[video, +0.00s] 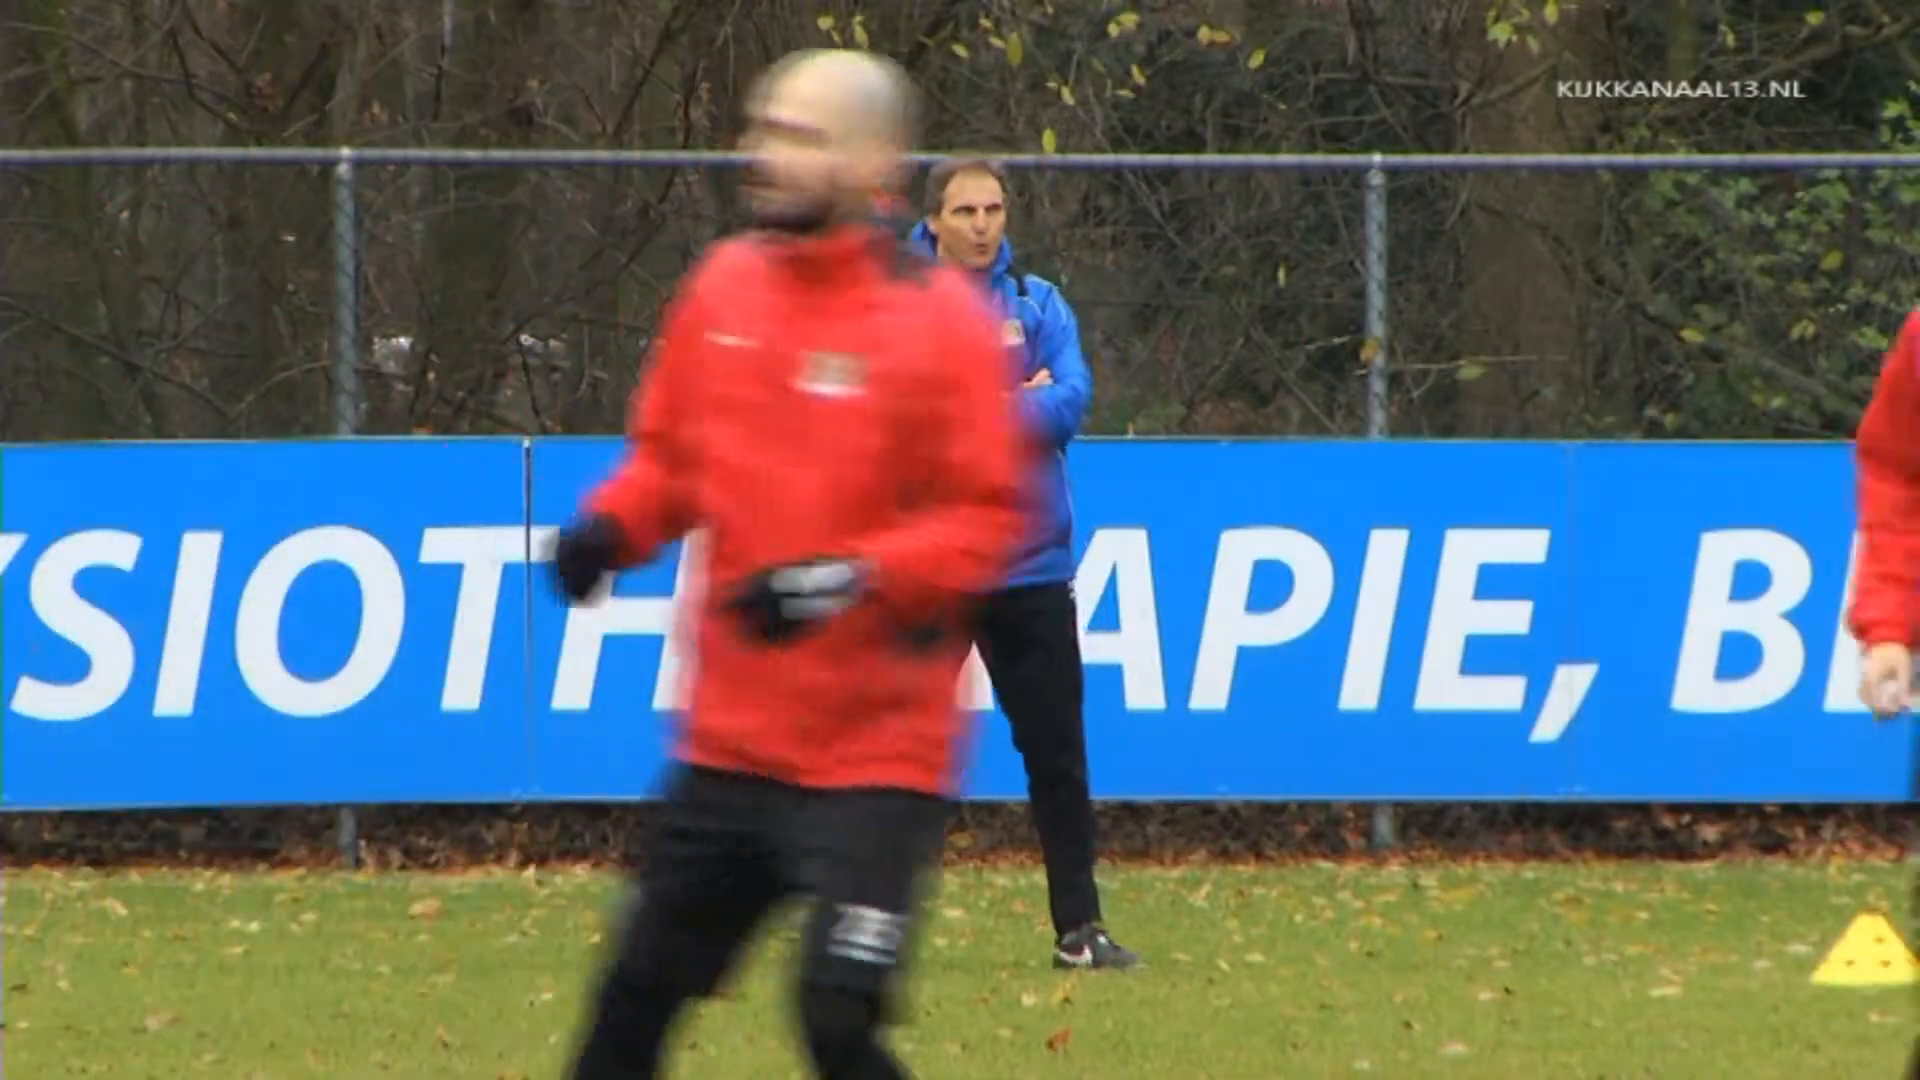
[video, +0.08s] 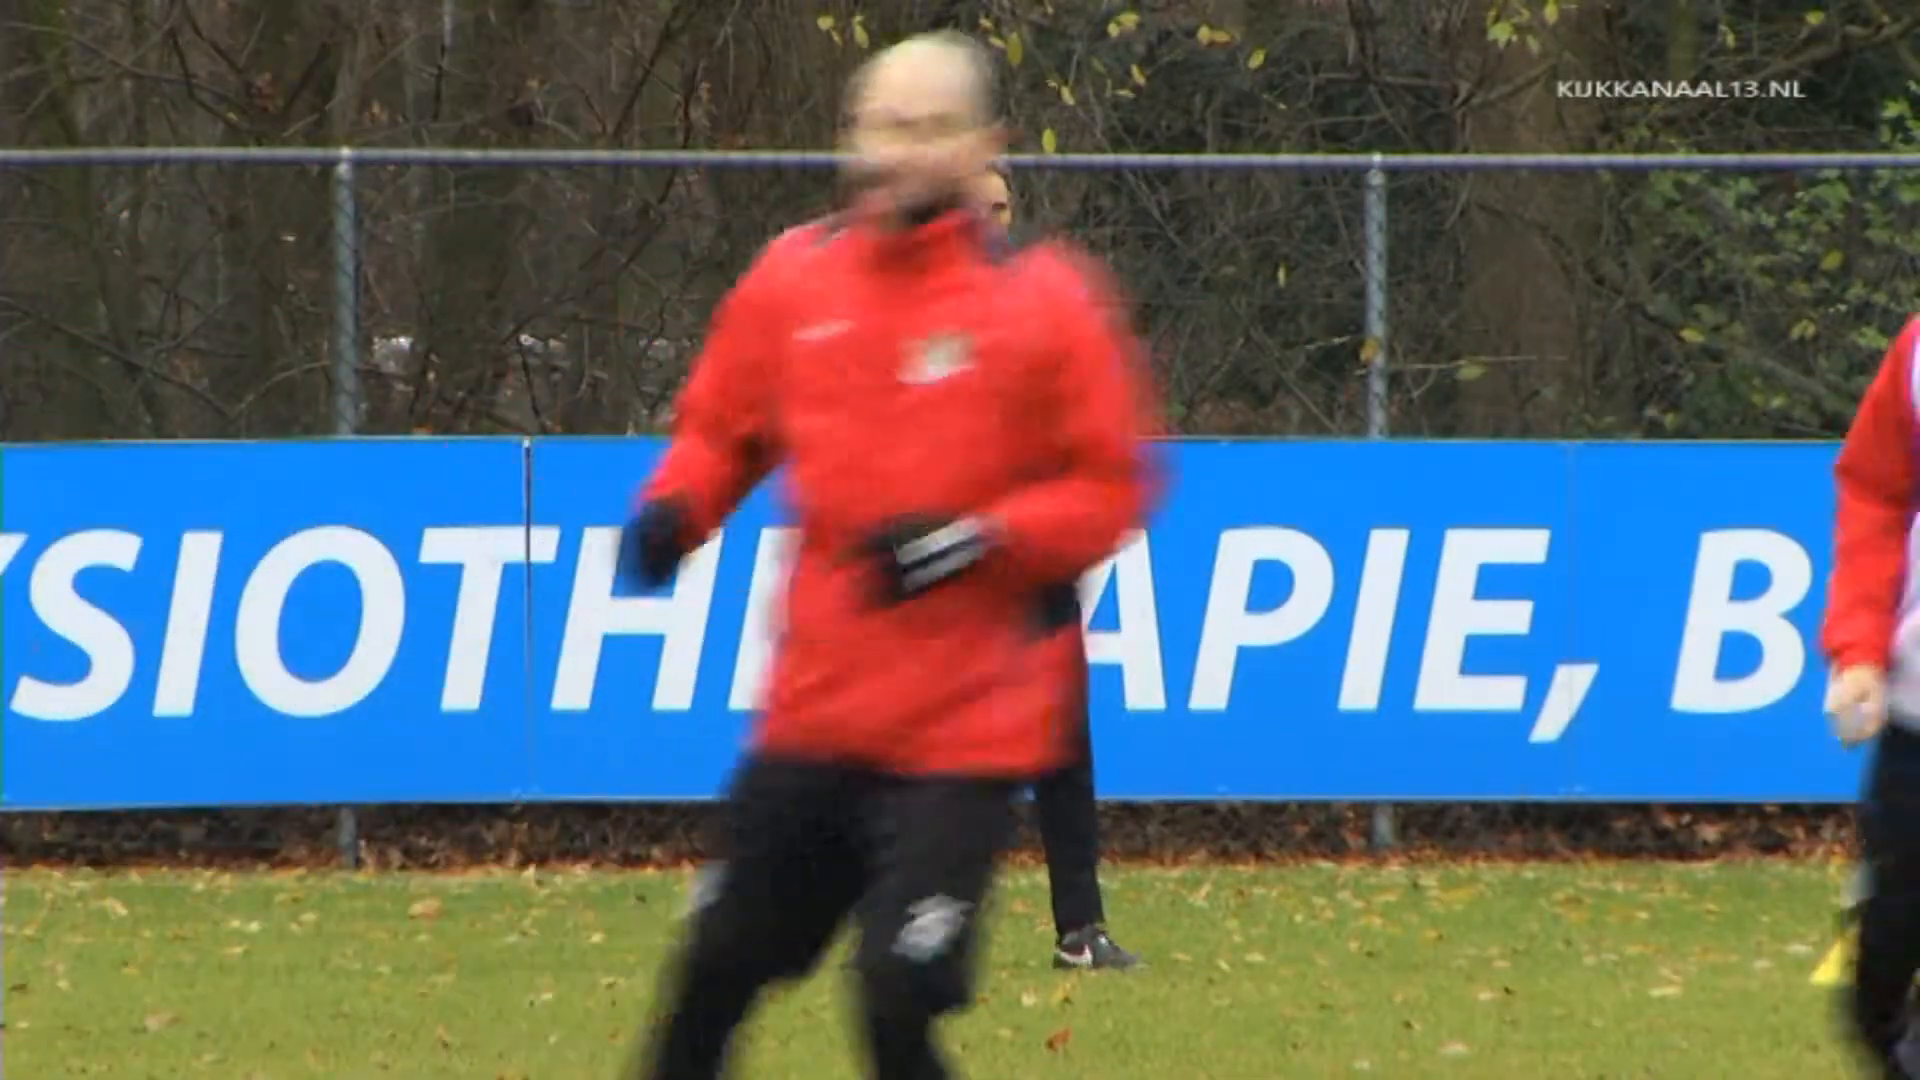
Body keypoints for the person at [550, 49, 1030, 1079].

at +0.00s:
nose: (760, 152)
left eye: (795, 136)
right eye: (758, 130)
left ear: (875, 167)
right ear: (747, 138)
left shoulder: (943, 321)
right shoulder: (724, 283)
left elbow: (995, 518)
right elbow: (671, 460)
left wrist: (861, 572)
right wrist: (607, 528)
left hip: (880, 753)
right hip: (736, 736)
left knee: (838, 1020)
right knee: (634, 995)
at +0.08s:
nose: (894, 150)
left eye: (927, 129)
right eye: (876, 127)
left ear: (983, 146)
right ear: (850, 138)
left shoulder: (1042, 298)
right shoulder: (794, 277)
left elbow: (1113, 483)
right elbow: (722, 430)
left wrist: (989, 538)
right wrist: (676, 506)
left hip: (969, 720)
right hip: (822, 706)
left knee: (900, 988)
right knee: (718, 961)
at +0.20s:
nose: (1077, 90)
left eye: (1096, 66)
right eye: (1050, 64)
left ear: (1121, 77)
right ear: (986, 70)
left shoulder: (1181, 220)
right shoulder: (899, 212)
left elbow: (1273, 376)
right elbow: (810, 359)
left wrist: (1172, 460)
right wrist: (831, 457)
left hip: (1110, 645)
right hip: (944, 637)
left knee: (1051, 924)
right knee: (888, 904)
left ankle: (1027, 1067)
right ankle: (882, 1065)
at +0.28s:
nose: (1179, 92)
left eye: (1200, 69)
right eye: (1150, 65)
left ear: (1226, 80)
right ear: (1082, 69)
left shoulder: (1272, 222)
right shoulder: (990, 204)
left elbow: (1345, 381)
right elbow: (883, 363)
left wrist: (1269, 466)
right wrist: (942, 469)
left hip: (1194, 649)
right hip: (1025, 637)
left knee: (1171, 909)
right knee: (1001, 913)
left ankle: (1151, 1066)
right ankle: (978, 1060)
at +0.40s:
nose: (1324, 174)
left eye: (1349, 151)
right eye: (1300, 145)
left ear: (1382, 164)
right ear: (1247, 144)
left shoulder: (1415, 313)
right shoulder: (1158, 283)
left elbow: (1439, 469)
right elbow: (1032, 456)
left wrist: (1414, 552)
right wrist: (1134, 566)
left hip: (1318, 735)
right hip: (1149, 734)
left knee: (1414, 962)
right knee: (1079, 1013)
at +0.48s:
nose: (1404, 200)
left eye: (1439, 181)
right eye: (1390, 174)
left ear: (1508, 201)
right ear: (1367, 178)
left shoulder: (1538, 342)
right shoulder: (1288, 301)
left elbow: (1524, 506)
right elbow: (1168, 490)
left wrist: (1519, 590)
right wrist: (1241, 619)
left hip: (1427, 753)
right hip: (1257, 752)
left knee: (1537, 980)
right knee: (1161, 1000)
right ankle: (1082, 1067)